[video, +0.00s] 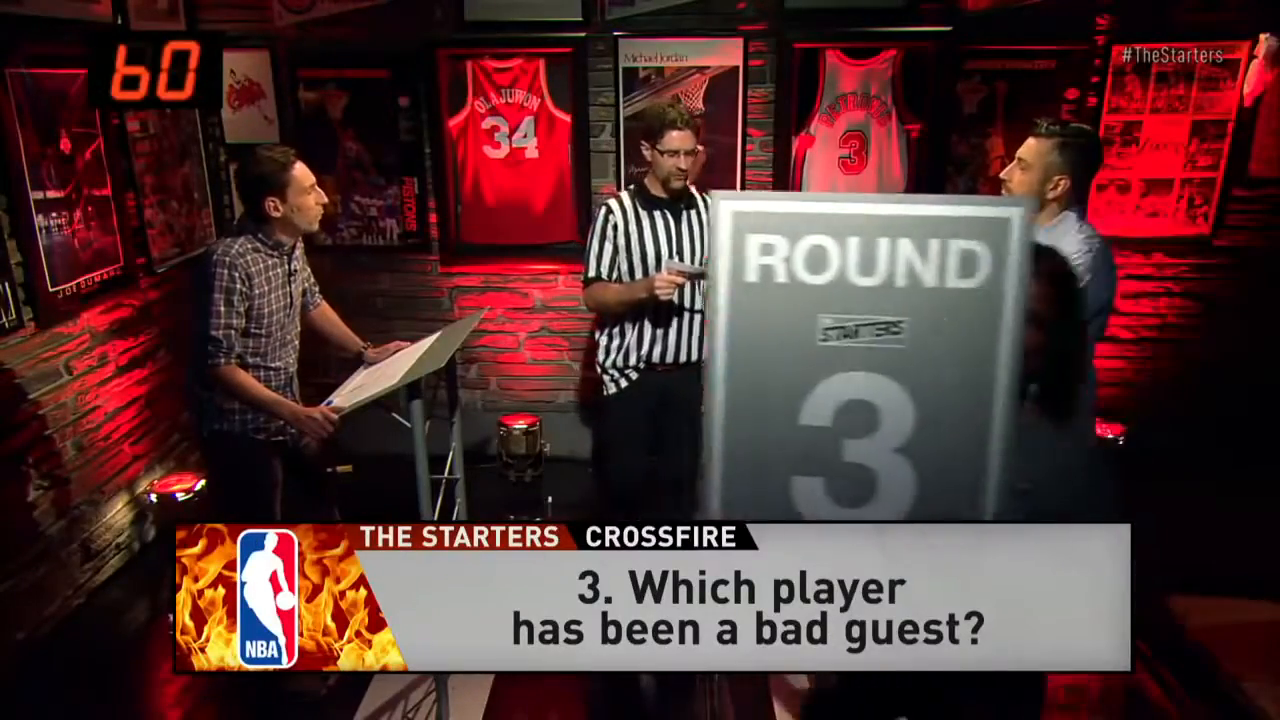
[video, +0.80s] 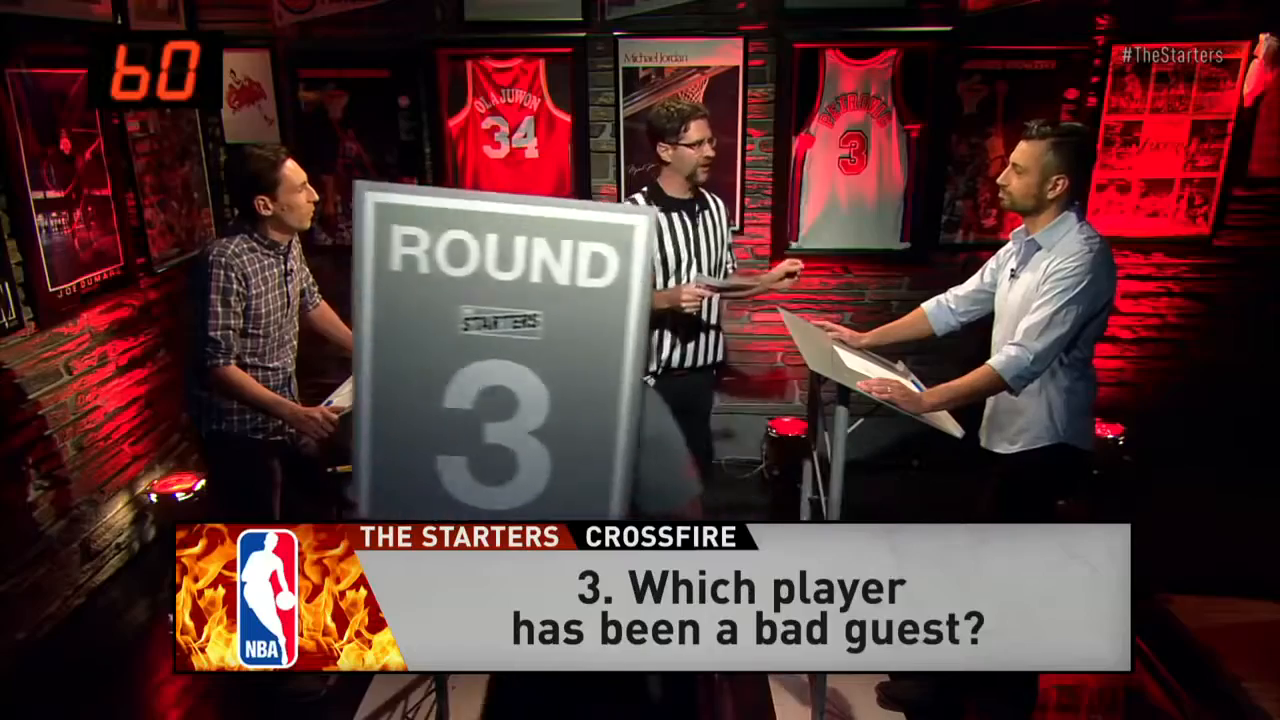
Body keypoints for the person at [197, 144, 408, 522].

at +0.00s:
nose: (323, 198)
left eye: (318, 187)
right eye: (310, 191)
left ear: (279, 207)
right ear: (274, 207)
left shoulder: (291, 248)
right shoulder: (231, 261)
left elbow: (313, 305)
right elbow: (220, 366)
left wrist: (364, 350)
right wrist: (294, 413)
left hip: (287, 427)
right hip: (241, 437)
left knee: (309, 526)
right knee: (255, 540)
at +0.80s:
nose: (314, 196)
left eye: (308, 185)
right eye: (301, 189)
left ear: (270, 205)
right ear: (266, 205)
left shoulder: (289, 246)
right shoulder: (227, 261)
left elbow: (312, 304)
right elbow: (218, 367)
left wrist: (364, 350)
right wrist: (293, 413)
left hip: (285, 425)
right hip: (241, 435)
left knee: (298, 527)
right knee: (253, 538)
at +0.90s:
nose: (310, 198)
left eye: (307, 187)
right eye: (301, 190)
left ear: (272, 205)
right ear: (266, 205)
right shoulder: (227, 260)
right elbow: (217, 366)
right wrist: (294, 413)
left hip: (283, 428)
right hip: (240, 435)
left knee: (293, 530)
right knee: (252, 538)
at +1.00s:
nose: (306, 204)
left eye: (307, 192)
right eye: (296, 194)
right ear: (262, 198)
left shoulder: (296, 251)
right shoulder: (231, 256)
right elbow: (219, 364)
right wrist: (284, 406)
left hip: (287, 428)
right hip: (242, 435)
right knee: (246, 533)